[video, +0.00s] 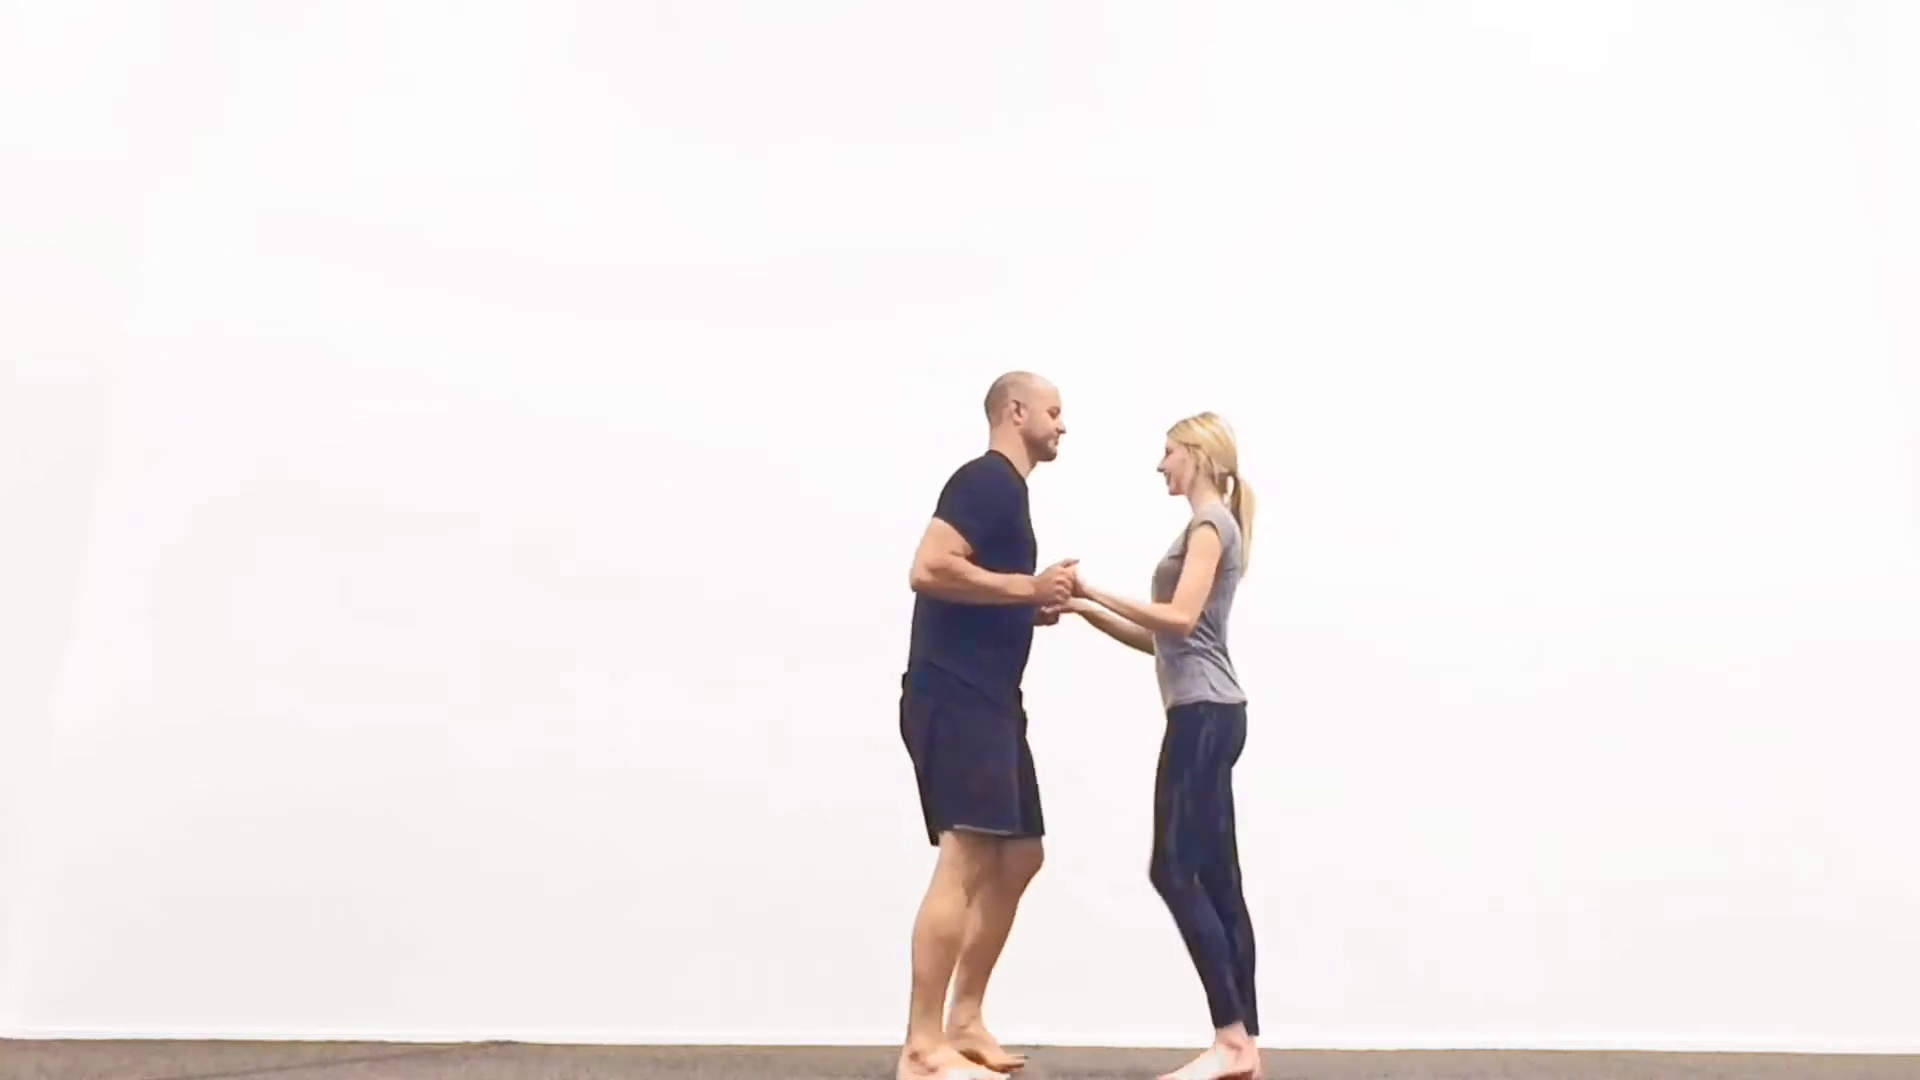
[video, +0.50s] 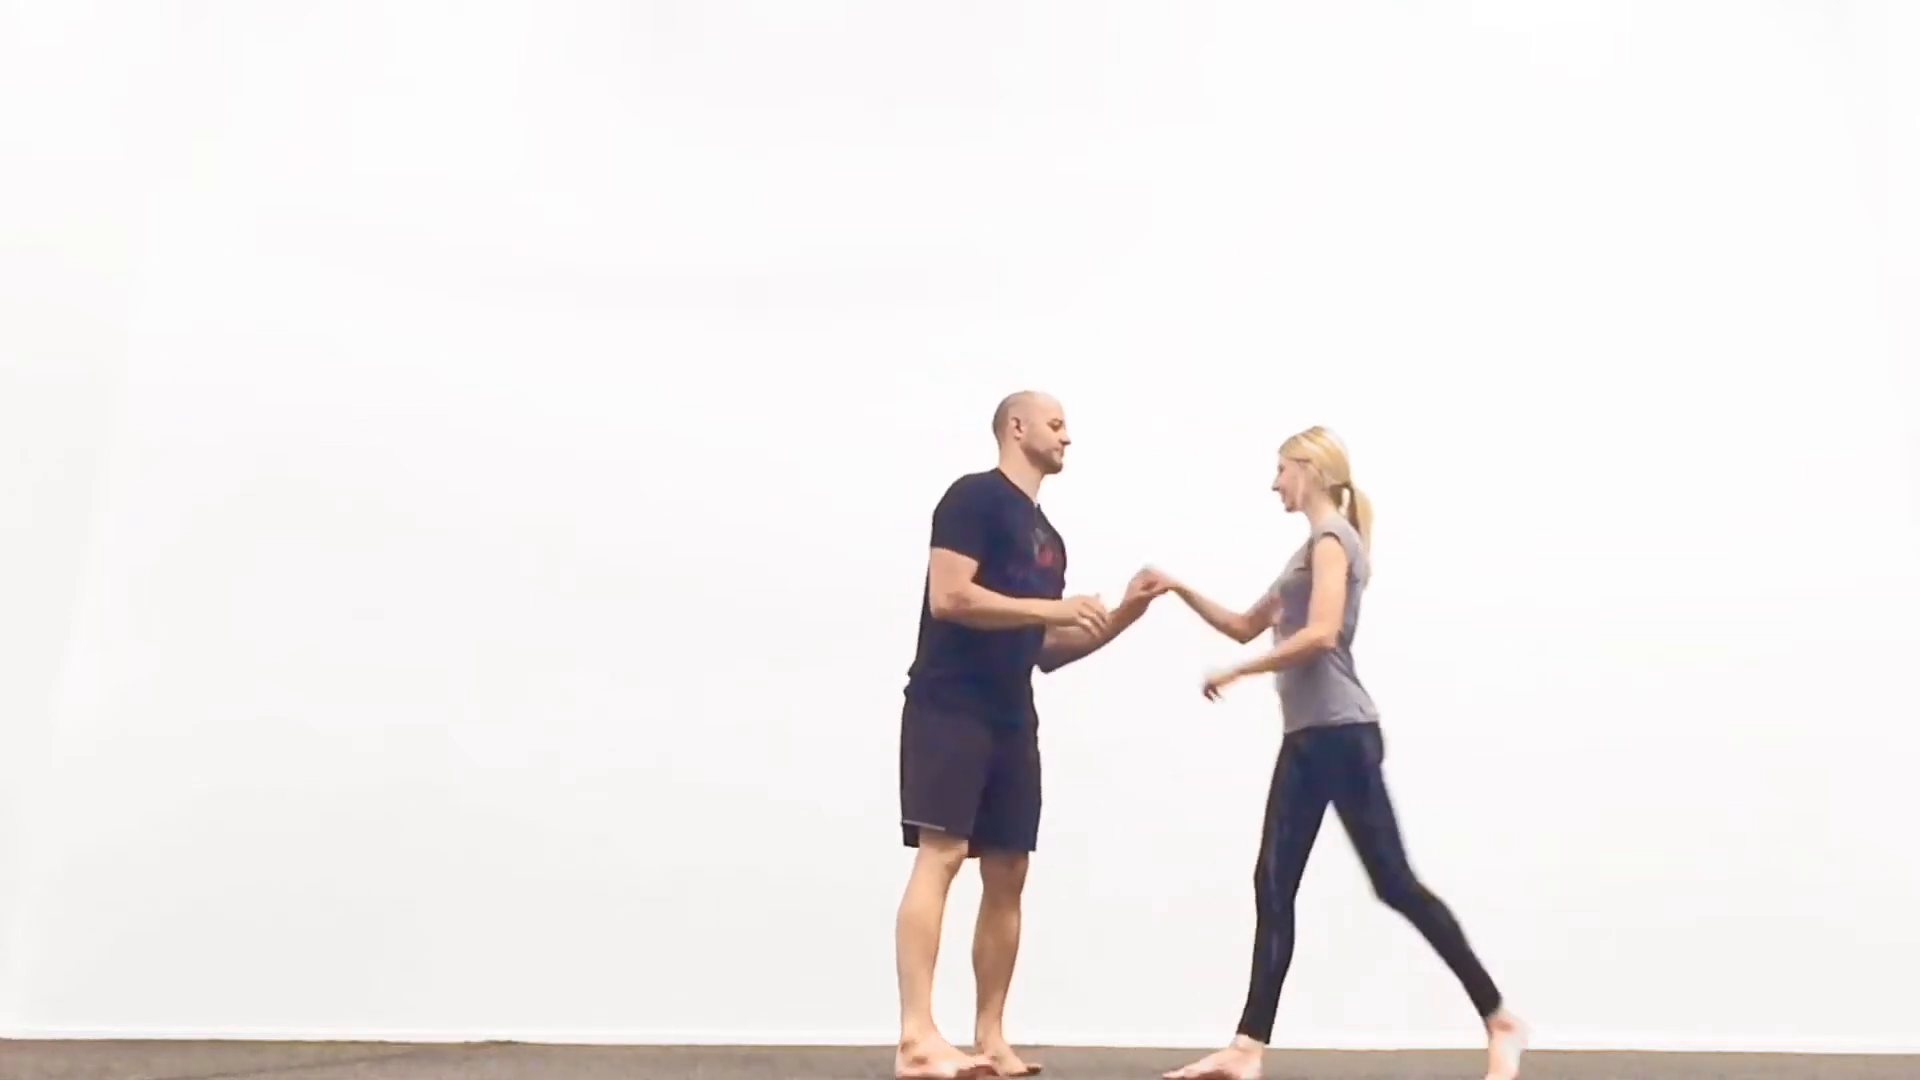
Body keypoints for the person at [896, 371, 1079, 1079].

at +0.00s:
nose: (1063, 424)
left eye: (1062, 413)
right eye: (1054, 412)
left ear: (1017, 415)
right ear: (1014, 413)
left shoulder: (1009, 490)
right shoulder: (985, 479)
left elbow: (973, 599)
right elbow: (929, 570)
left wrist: (1037, 608)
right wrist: (1027, 588)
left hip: (993, 699)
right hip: (955, 698)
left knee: (1018, 858)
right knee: (965, 860)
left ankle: (964, 1023)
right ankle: (921, 1047)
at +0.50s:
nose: (1067, 438)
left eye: (1066, 428)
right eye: (1055, 425)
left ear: (1028, 431)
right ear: (1015, 428)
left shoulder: (1049, 540)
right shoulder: (973, 494)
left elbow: (1041, 651)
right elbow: (948, 598)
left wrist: (1122, 615)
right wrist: (1051, 609)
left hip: (1011, 715)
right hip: (949, 708)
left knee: (1006, 872)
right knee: (940, 855)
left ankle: (989, 1039)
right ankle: (916, 1038)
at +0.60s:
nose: (1064, 439)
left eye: (1064, 429)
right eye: (1052, 426)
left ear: (1030, 434)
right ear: (1012, 430)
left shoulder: (1056, 542)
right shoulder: (963, 497)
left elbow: (1087, 643)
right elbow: (932, 598)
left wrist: (1159, 590)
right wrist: (1040, 610)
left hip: (1013, 716)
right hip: (946, 706)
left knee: (1004, 871)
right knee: (930, 848)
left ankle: (990, 1040)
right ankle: (891, 1031)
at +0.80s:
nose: (1045, 435)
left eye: (1046, 426)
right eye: (1033, 423)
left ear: (1023, 435)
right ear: (992, 429)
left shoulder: (1053, 534)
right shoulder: (942, 499)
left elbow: (1136, 596)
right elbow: (902, 598)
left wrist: (1214, 540)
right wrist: (986, 609)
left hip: (1010, 720)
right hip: (932, 710)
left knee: (1001, 871)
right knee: (889, 844)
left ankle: (992, 1042)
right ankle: (817, 1007)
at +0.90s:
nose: (1033, 433)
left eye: (1034, 424)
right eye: (1020, 422)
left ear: (1013, 435)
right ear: (980, 430)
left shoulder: (1046, 529)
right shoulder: (930, 503)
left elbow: (1137, 585)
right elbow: (891, 603)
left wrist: (1216, 539)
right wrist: (969, 615)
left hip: (1005, 723)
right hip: (923, 714)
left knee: (999, 872)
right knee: (869, 846)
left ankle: (992, 1043)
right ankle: (798, 1007)